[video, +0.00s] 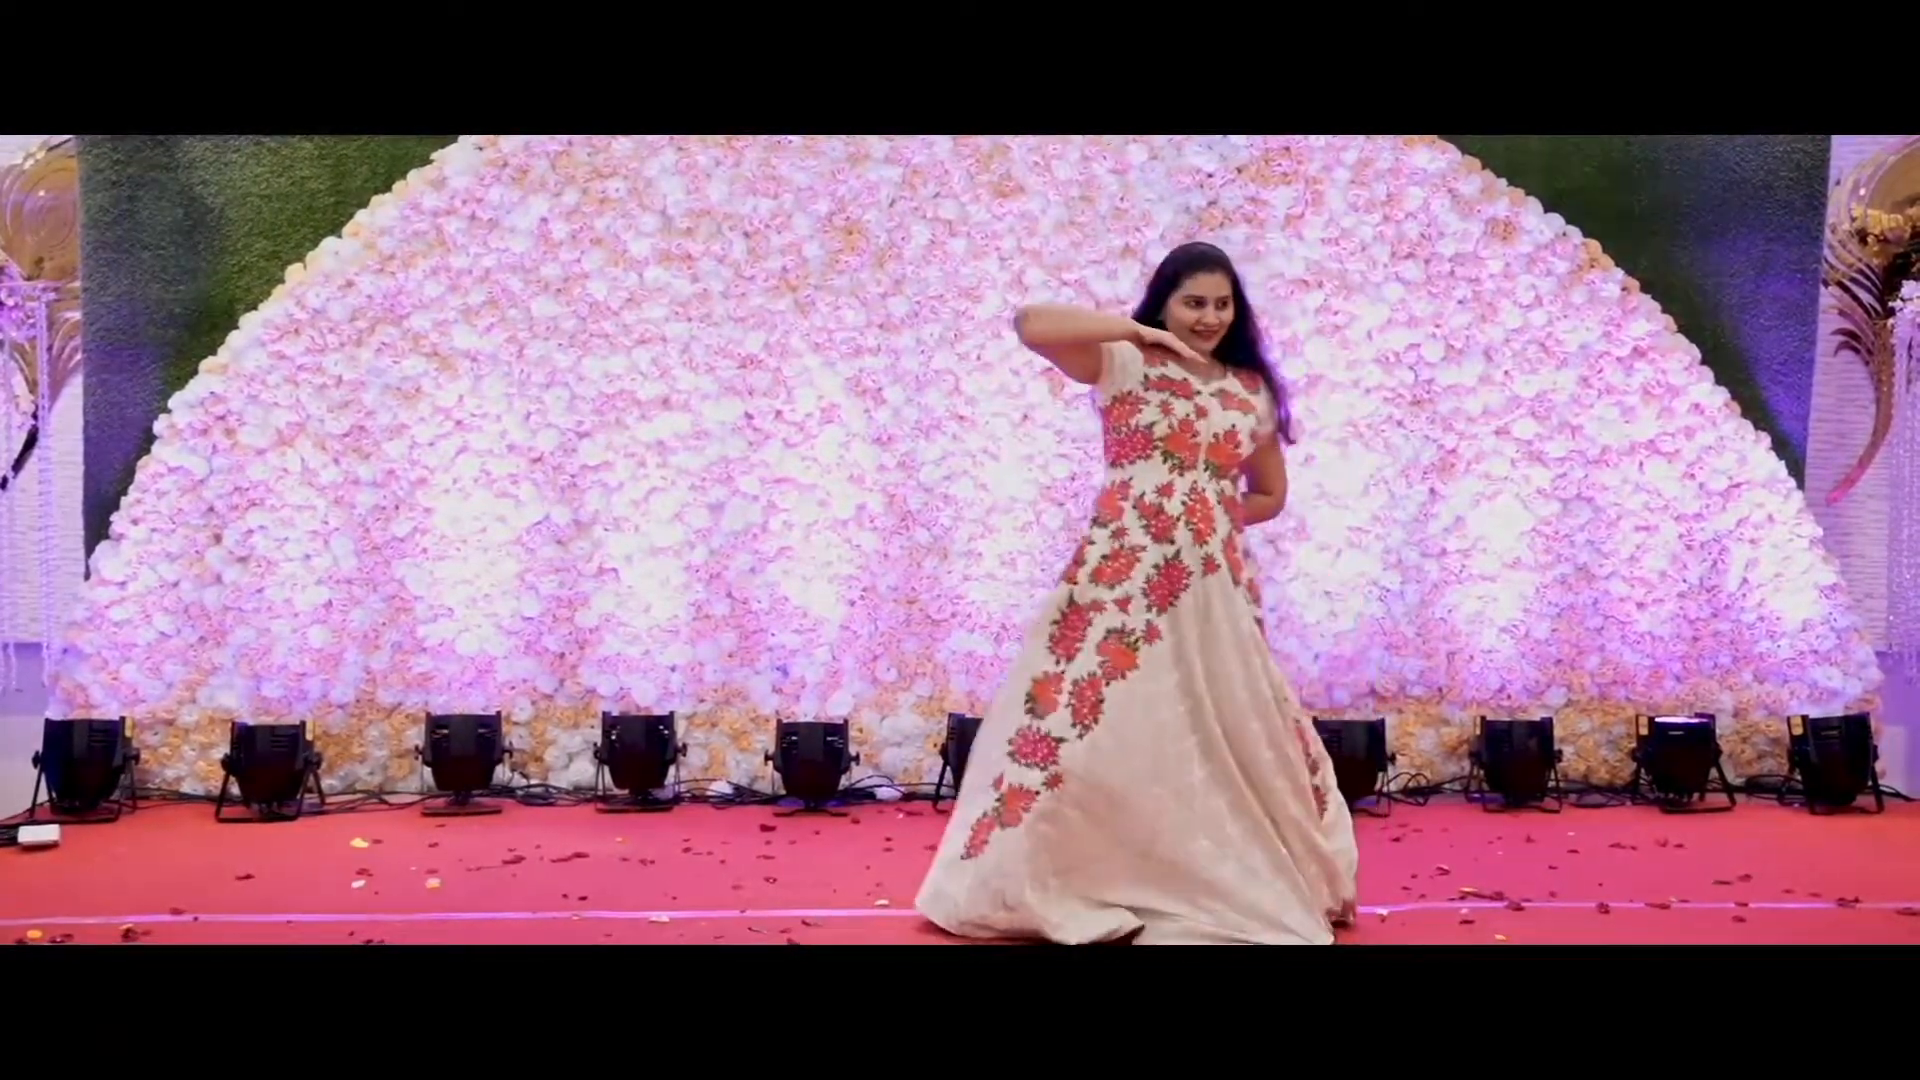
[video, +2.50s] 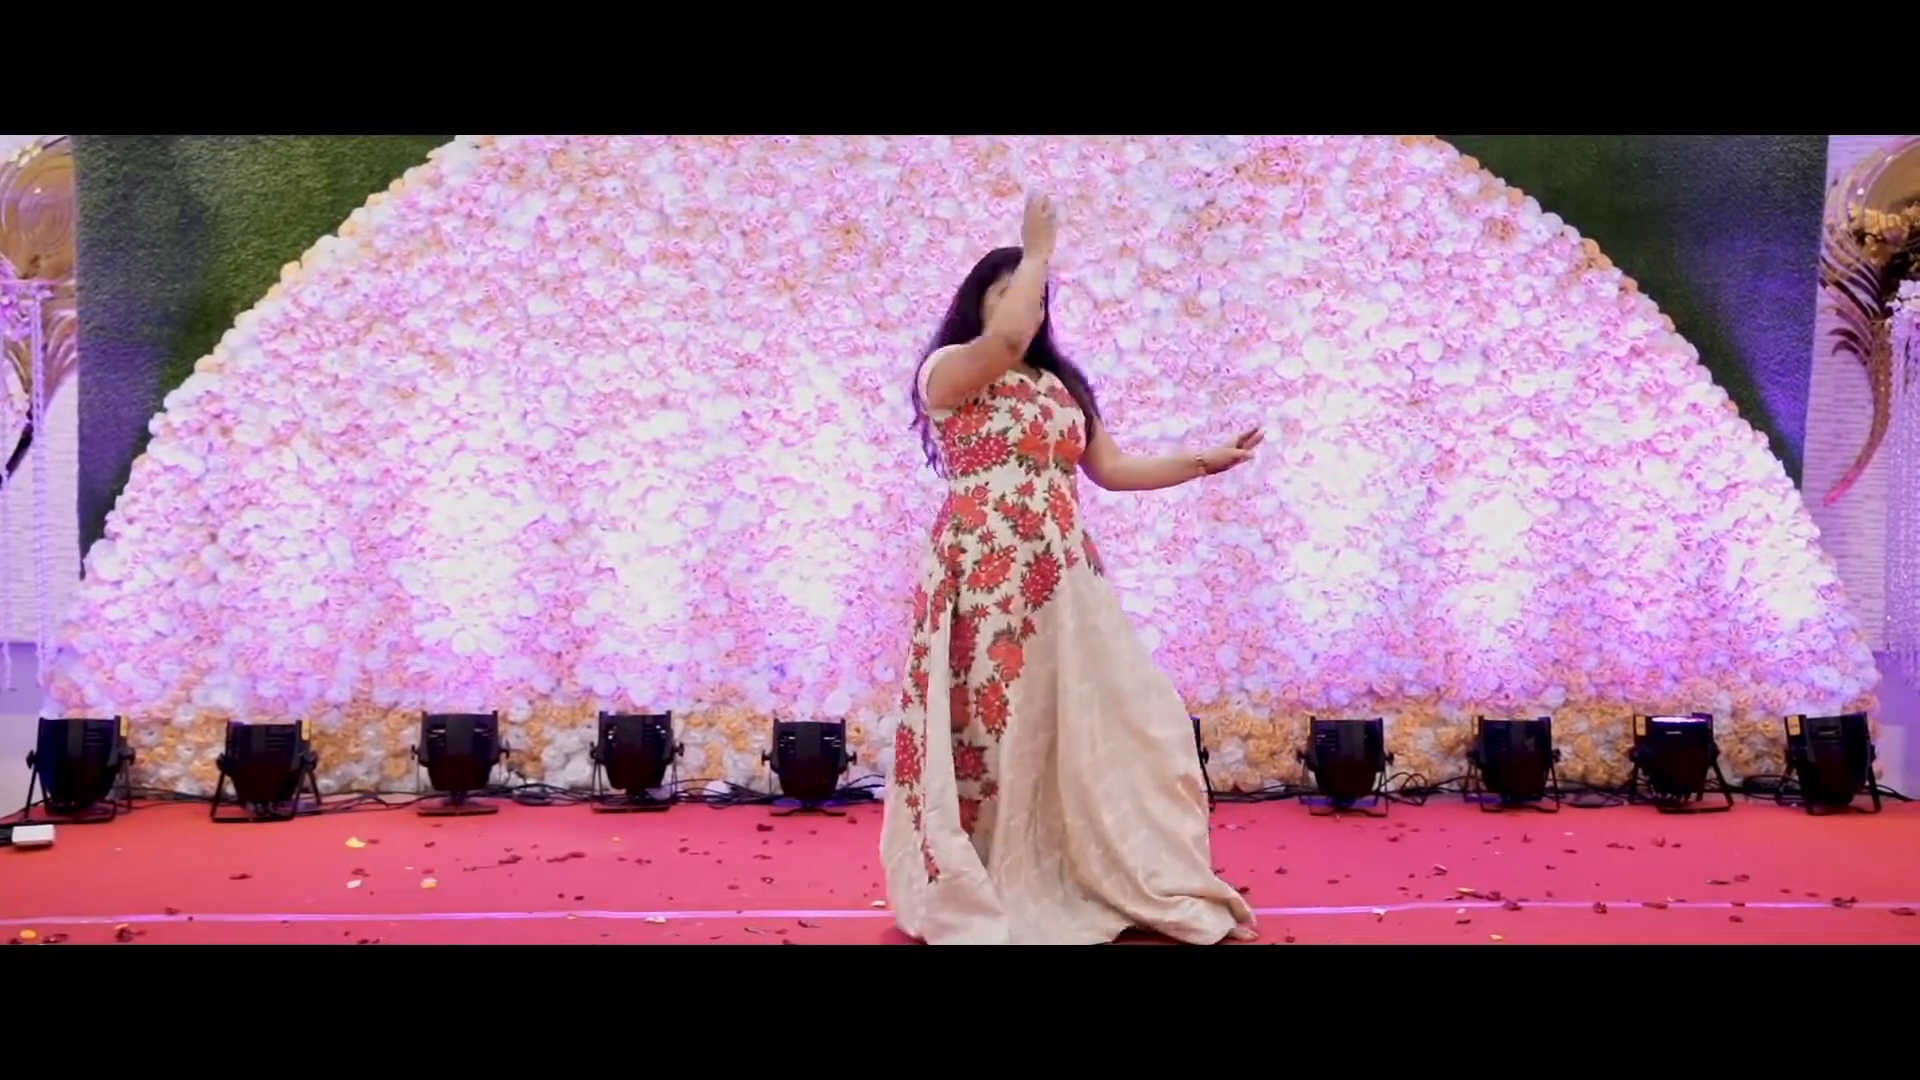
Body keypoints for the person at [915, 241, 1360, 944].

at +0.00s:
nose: (1209, 316)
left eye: (1222, 304)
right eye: (1194, 301)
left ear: (1235, 312)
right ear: (1163, 303)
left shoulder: (1249, 393)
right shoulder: (1123, 361)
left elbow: (1271, 495)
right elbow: (1033, 325)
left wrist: (1206, 512)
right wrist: (1136, 330)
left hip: (1207, 572)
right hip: (1124, 561)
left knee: (1209, 728)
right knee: (1109, 722)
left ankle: (1215, 886)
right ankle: (1104, 889)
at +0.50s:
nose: (1092, 323)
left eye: (1102, 312)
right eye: (1078, 308)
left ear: (1112, 321)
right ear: (1041, 308)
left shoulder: (1113, 403)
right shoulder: (990, 367)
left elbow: (1164, 489)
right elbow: (881, 394)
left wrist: (1089, 527)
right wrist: (893, 327)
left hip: (1041, 574)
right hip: (957, 563)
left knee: (1059, 739)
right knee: (943, 730)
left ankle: (1195, 904)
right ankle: (933, 905)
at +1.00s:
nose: (1115, 313)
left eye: (1120, 301)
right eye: (1105, 296)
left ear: (1108, 306)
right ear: (1060, 288)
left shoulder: (1105, 379)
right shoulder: (995, 334)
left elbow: (1198, 371)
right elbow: (1014, 232)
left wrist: (1237, 278)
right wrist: (1075, 175)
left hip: (1061, 560)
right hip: (978, 553)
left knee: (1089, 725)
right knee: (979, 721)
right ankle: (978, 896)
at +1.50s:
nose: (1196, 378)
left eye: (1200, 366)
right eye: (1192, 363)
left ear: (1169, 354)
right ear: (1161, 345)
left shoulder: (1152, 422)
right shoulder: (1109, 371)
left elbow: (1188, 510)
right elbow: (1210, 419)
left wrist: (1288, 518)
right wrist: (1267, 473)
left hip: (1120, 583)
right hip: (1072, 575)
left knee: (1187, 722)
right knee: (1083, 734)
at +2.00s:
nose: (1102, 306)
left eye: (1113, 296)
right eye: (1088, 293)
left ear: (1122, 307)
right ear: (1057, 295)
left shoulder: (1099, 399)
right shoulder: (1016, 339)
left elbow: (1131, 481)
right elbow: (1052, 236)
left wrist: (1222, 456)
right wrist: (1145, 241)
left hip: (1057, 564)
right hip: (979, 556)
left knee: (1109, 717)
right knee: (996, 727)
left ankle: (1181, 892)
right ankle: (1013, 898)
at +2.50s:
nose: (1030, 304)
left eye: (1039, 292)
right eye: (1013, 291)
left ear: (1043, 309)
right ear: (980, 301)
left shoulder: (1061, 388)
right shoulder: (944, 374)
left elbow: (1112, 469)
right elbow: (1010, 336)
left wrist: (1202, 460)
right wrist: (1033, 259)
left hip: (1065, 570)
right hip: (983, 568)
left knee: (1109, 720)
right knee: (989, 726)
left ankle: (1135, 886)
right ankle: (979, 891)